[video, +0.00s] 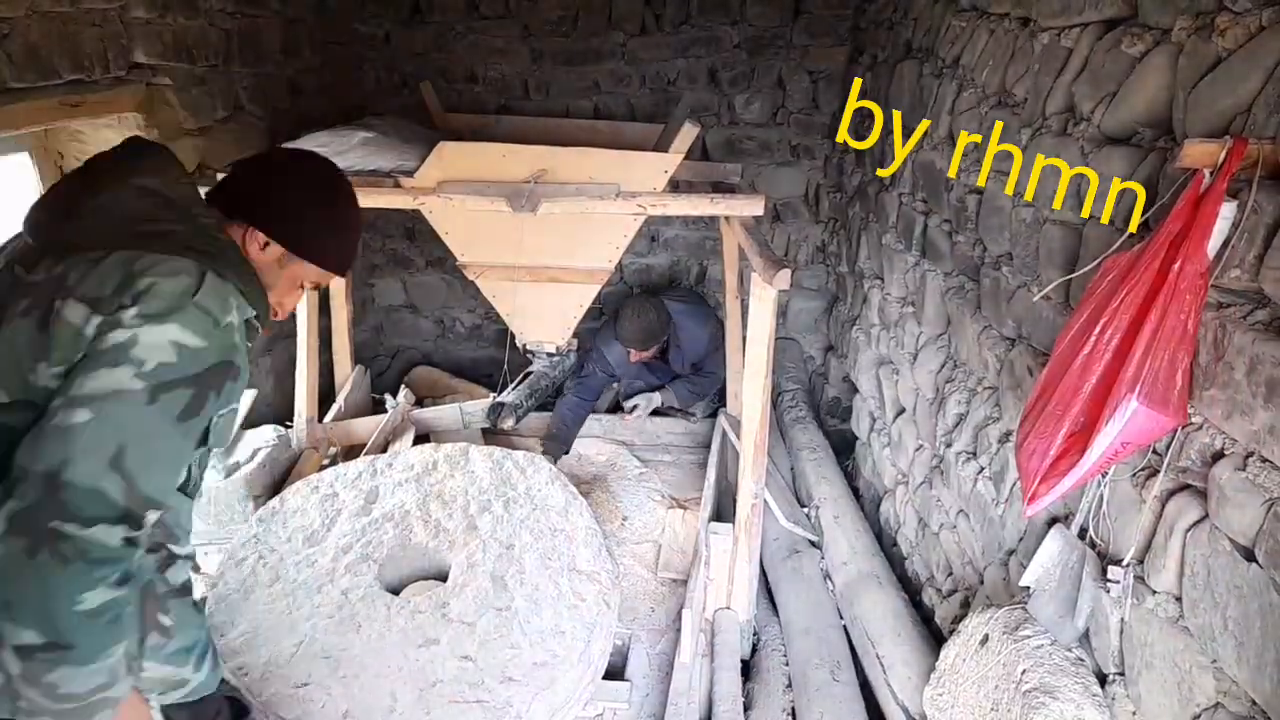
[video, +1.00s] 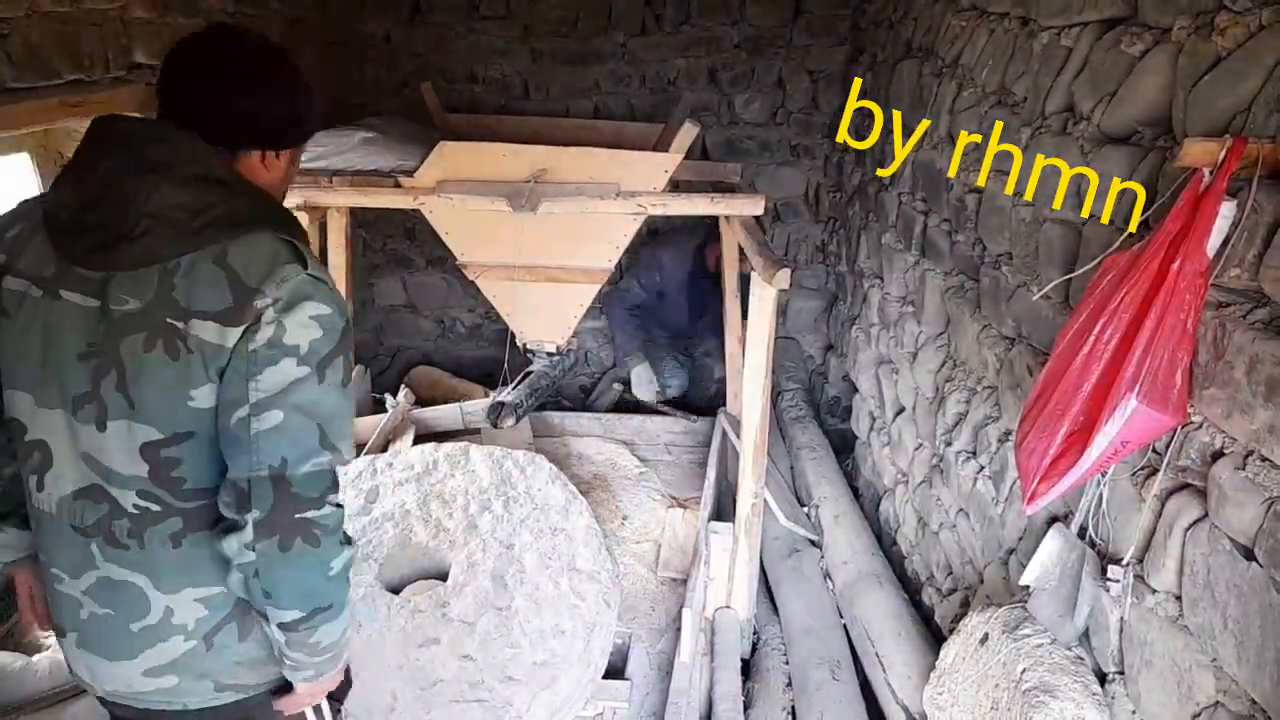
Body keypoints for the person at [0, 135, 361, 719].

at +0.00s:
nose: (289, 309)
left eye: (307, 291)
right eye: (299, 284)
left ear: (254, 237)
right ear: (257, 241)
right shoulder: (193, 303)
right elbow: (67, 521)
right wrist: (96, 698)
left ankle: (199, 697)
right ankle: (203, 701)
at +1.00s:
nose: (291, 175)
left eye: (295, 155)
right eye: (293, 155)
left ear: (166, 121)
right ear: (265, 156)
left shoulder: (23, 240)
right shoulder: (277, 289)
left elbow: (3, 425)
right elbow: (286, 507)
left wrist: (19, 552)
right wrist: (314, 660)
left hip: (84, 630)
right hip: (218, 652)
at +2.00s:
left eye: (462, 350)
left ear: (469, 329)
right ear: (511, 299)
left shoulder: (475, 349)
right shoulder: (593, 291)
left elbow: (458, 486)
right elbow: (686, 338)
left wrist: (427, 568)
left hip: (641, 481)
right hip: (736, 447)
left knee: (562, 633)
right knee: (679, 522)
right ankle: (657, 629)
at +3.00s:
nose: (464, 279)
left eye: (464, 270)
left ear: (475, 261)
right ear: (525, 244)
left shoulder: (471, 281)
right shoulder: (588, 258)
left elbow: (475, 388)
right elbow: (639, 329)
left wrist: (473, 466)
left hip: (570, 413)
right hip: (662, 408)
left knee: (472, 519)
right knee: (646, 506)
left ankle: (459, 682)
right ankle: (648, 620)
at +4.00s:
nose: (603, 193)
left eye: (598, 179)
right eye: (594, 184)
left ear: (626, 146)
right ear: (663, 128)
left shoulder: (637, 197)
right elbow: (881, 266)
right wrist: (798, 304)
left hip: (738, 469)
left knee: (661, 639)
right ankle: (797, 712)